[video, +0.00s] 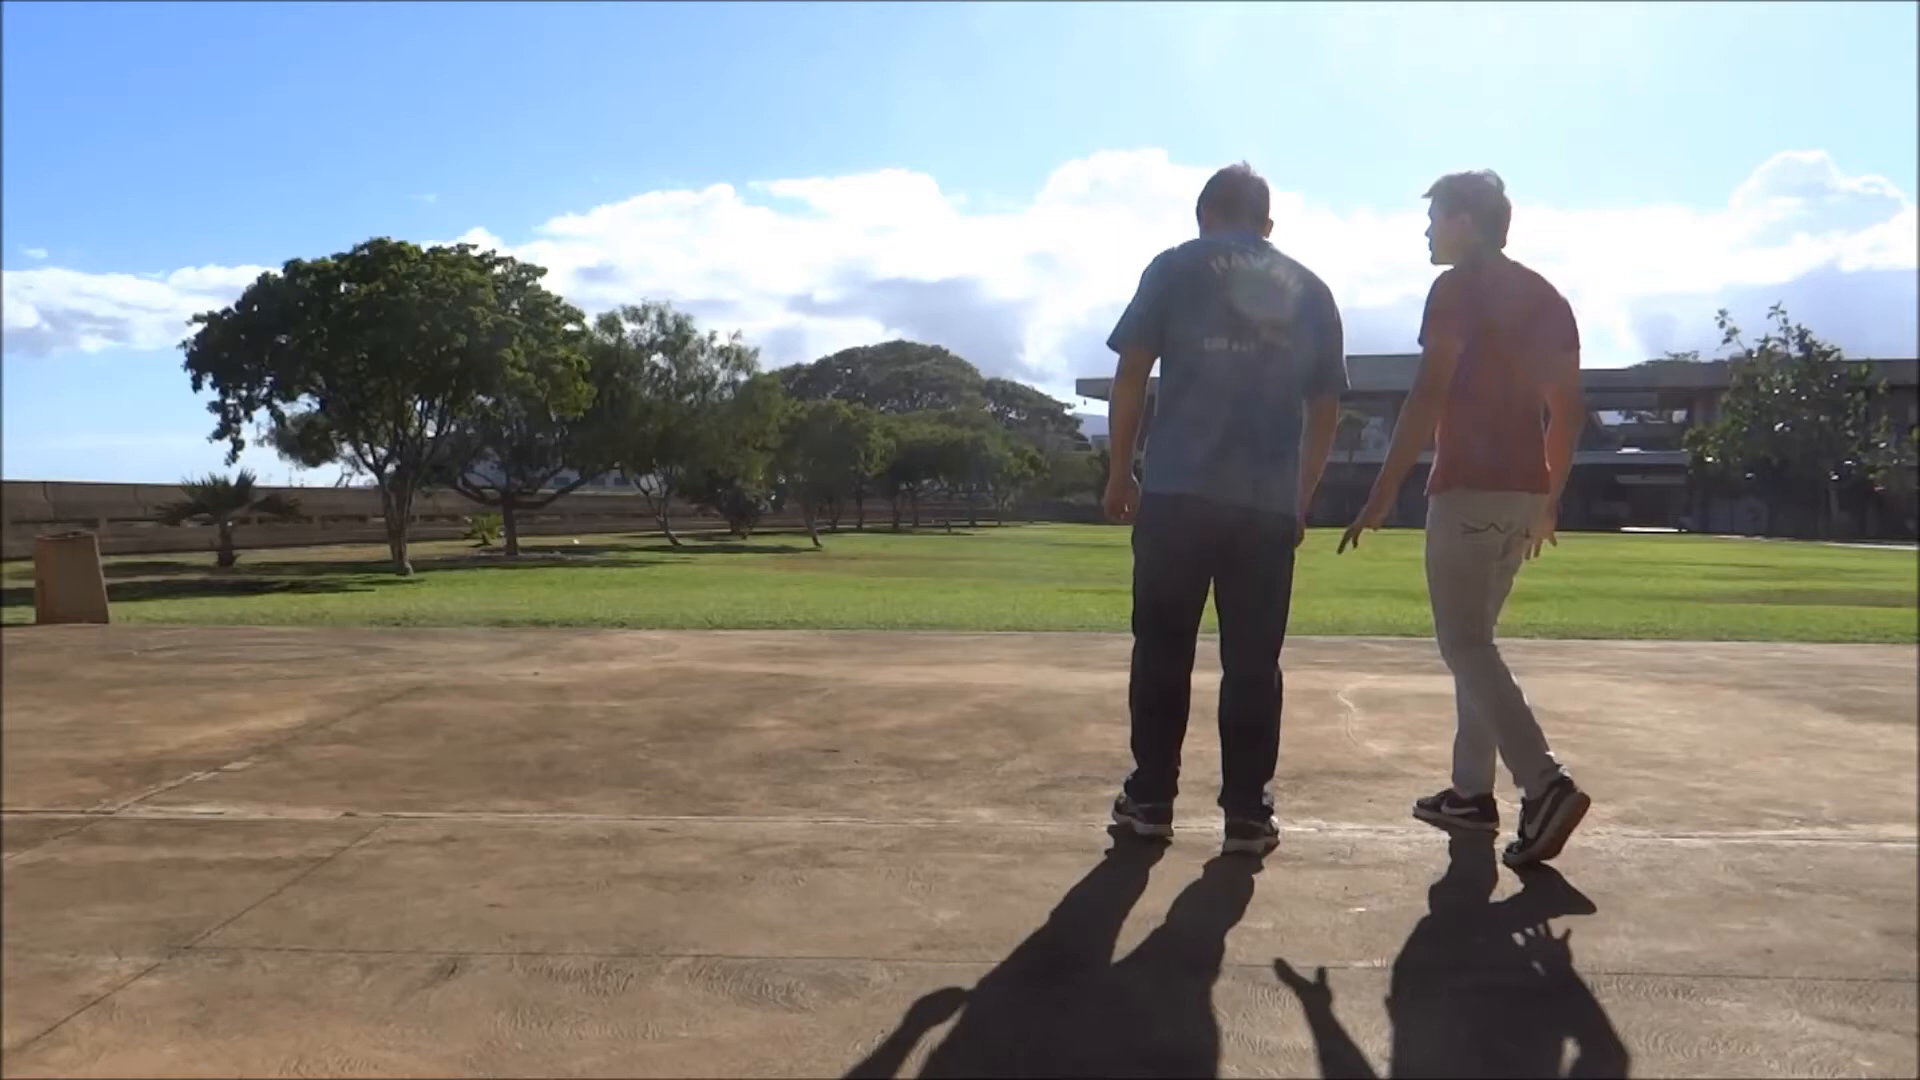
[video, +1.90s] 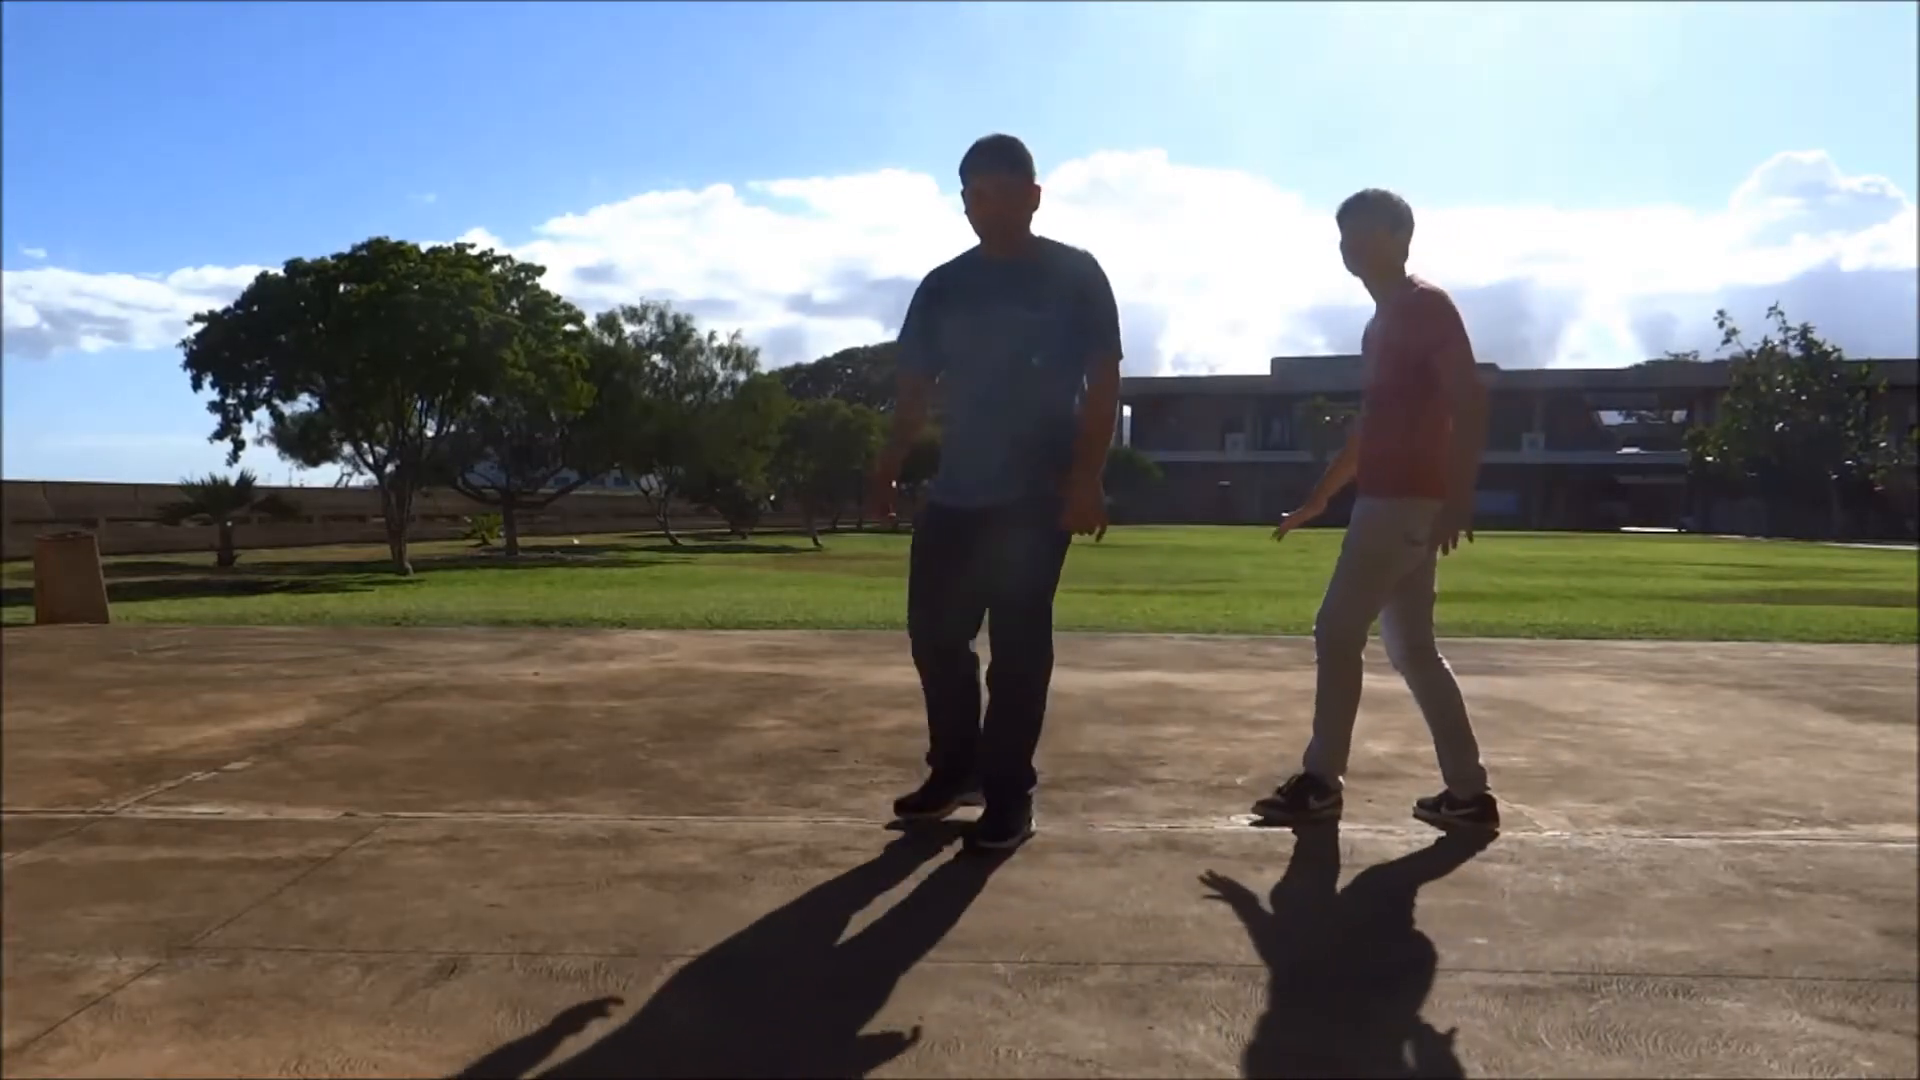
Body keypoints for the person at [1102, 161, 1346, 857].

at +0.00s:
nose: (1201, 232)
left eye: (1200, 220)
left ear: (1204, 214)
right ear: (1268, 218)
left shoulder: (1175, 267)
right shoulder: (1310, 288)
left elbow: (1131, 371)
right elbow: (1326, 407)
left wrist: (1119, 471)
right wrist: (1302, 497)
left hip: (1178, 499)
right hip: (1267, 507)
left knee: (1161, 651)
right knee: (1255, 662)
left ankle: (1149, 802)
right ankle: (1247, 815)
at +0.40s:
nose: (1146, 241)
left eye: (1147, 230)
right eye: (1147, 232)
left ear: (1159, 223)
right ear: (1211, 223)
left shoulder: (1137, 280)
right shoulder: (1266, 293)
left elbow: (1104, 391)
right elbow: (1280, 414)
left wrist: (1092, 486)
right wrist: (1250, 485)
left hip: (1147, 507)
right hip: (1234, 511)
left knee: (1126, 652)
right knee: (1236, 662)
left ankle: (1104, 787)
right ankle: (1245, 806)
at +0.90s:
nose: (1048, 238)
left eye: (1052, 222)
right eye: (1044, 225)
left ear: (1087, 211)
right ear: (1108, 212)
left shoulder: (1078, 277)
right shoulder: (1160, 289)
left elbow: (1040, 379)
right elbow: (1162, 398)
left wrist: (1011, 463)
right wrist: (1135, 463)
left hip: (1089, 492)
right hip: (1149, 491)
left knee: (1083, 630)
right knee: (1118, 621)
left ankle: (1098, 783)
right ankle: (1147, 766)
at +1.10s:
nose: (1029, 239)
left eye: (1039, 223)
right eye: (1025, 226)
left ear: (1077, 218)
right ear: (1034, 228)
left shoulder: (1111, 281)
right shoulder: (1060, 305)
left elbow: (1100, 377)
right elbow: (1066, 400)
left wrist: (1022, 431)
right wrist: (1045, 496)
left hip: (1109, 489)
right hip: (1079, 491)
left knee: (1064, 628)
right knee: (1071, 625)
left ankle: (1095, 784)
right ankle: (1112, 766)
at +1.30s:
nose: (1028, 222)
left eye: (1041, 207)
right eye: (1019, 211)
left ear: (1074, 209)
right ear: (1011, 220)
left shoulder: (1119, 283)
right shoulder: (1009, 304)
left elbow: (1140, 380)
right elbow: (980, 402)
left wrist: (1047, 416)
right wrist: (950, 481)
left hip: (1103, 487)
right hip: (1040, 489)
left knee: (1053, 621)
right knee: (1059, 622)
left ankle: (1042, 777)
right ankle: (1110, 765)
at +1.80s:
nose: (994, 206)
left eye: (1009, 192)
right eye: (983, 194)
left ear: (1042, 194)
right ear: (972, 200)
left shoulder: (1086, 277)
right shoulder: (952, 286)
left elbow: (1117, 378)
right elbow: (919, 383)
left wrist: (1081, 472)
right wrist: (896, 452)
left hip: (1045, 490)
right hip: (967, 492)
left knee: (1020, 634)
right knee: (954, 626)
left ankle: (1005, 803)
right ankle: (1024, 740)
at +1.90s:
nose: (982, 202)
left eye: (996, 188)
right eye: (971, 191)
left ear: (1032, 191)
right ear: (962, 199)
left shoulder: (1075, 274)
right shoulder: (942, 285)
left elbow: (1105, 382)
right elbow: (913, 390)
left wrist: (1086, 476)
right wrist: (890, 465)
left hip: (1037, 494)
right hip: (955, 494)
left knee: (1018, 647)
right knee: (935, 634)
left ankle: (1007, 802)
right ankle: (954, 767)